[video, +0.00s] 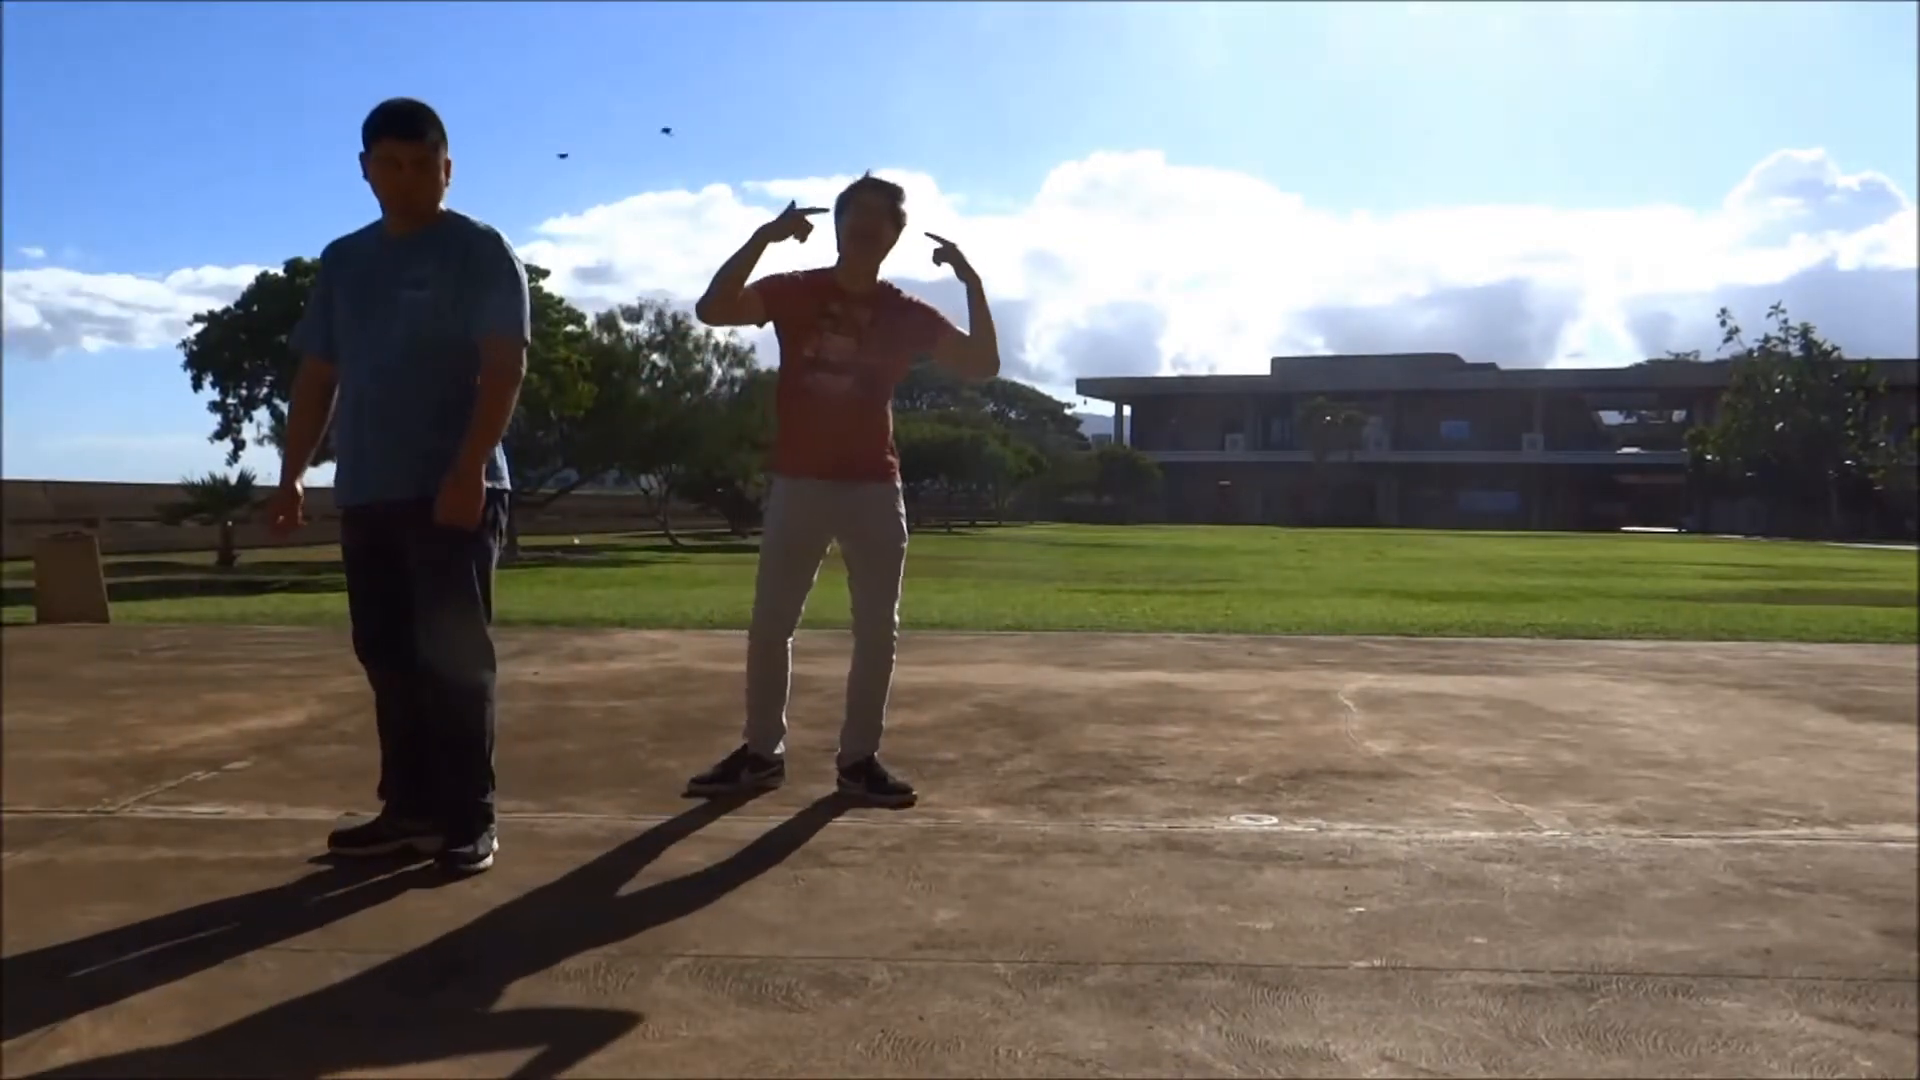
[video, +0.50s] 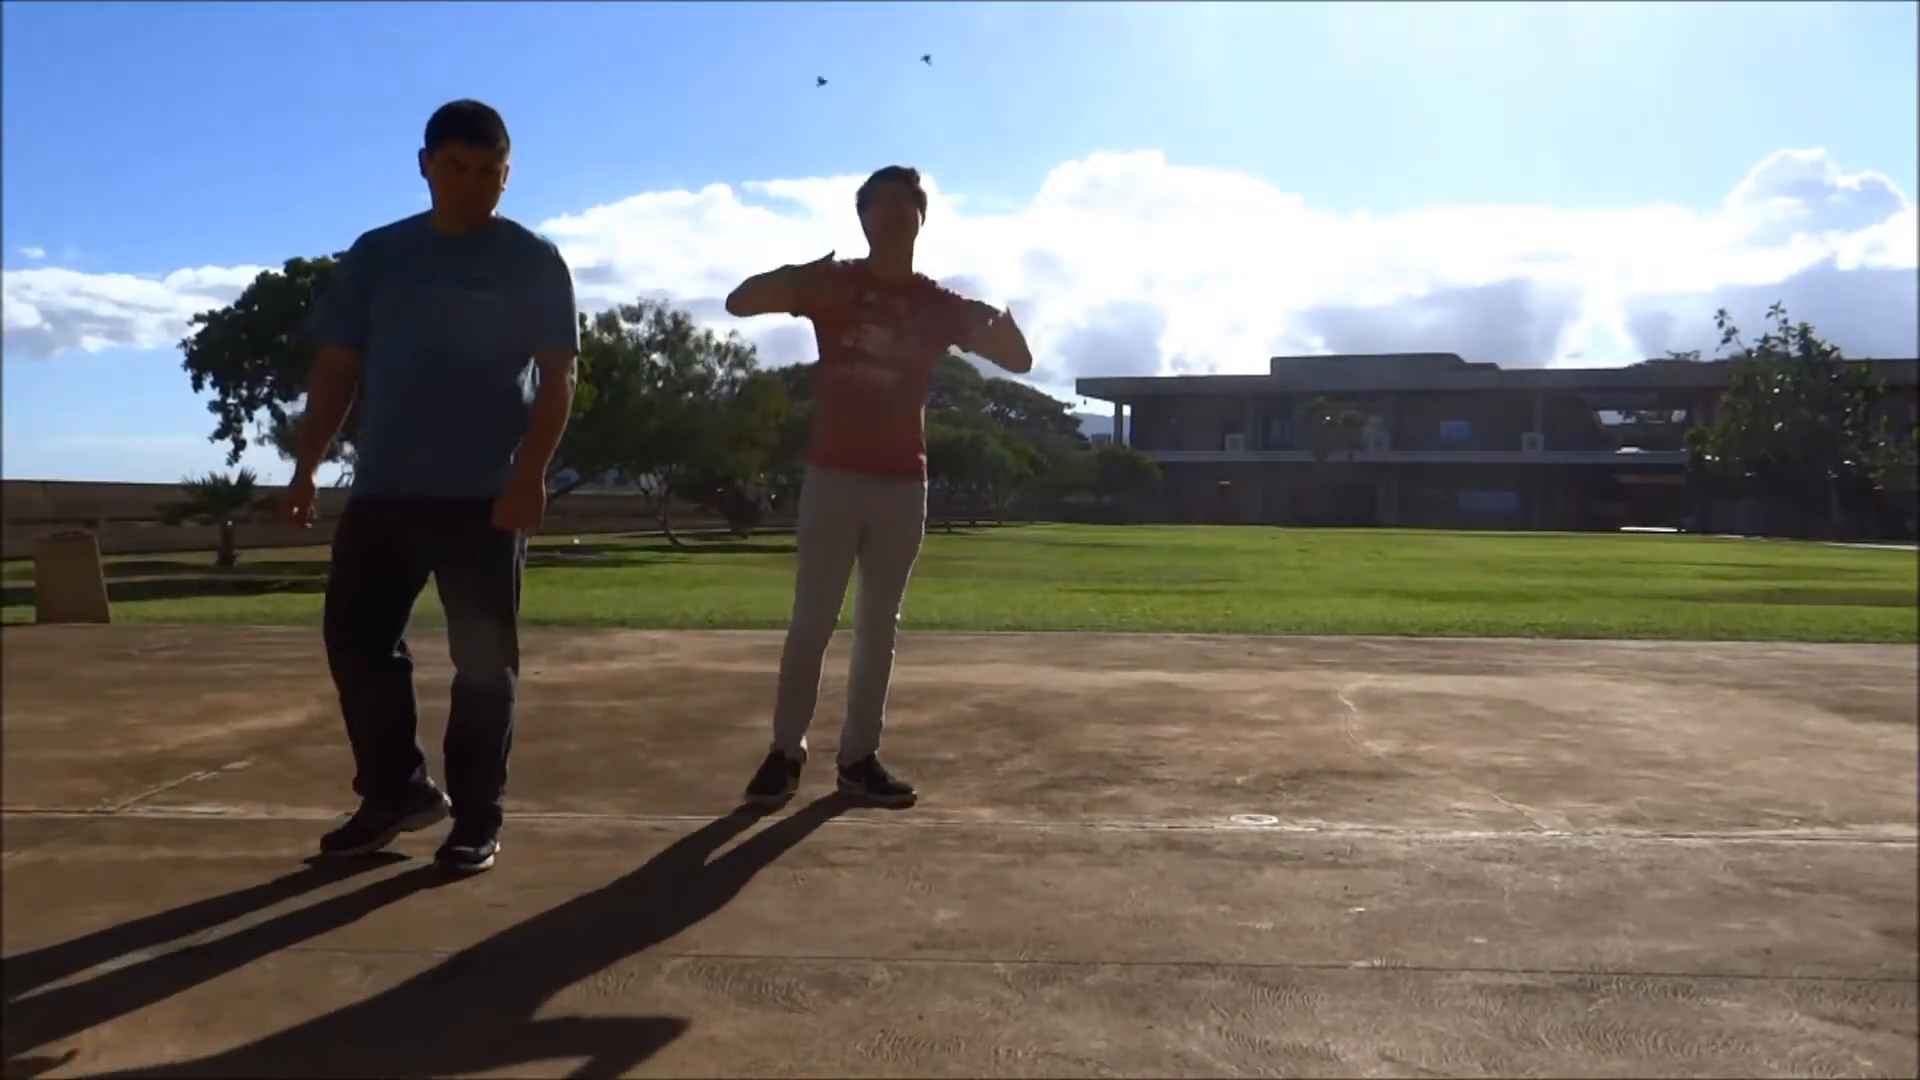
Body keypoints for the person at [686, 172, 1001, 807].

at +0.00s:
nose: (872, 226)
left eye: (885, 218)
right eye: (862, 213)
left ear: (898, 233)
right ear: (838, 222)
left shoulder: (904, 313)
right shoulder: (795, 290)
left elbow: (984, 361)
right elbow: (713, 308)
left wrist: (971, 282)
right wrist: (764, 237)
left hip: (874, 492)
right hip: (799, 487)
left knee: (877, 633)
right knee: (770, 624)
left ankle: (859, 761)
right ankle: (762, 753)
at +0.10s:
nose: (877, 221)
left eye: (889, 211)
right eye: (865, 210)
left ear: (904, 225)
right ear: (844, 221)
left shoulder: (915, 310)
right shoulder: (805, 286)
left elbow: (996, 355)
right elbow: (720, 299)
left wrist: (980, 278)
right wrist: (768, 233)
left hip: (881, 487)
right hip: (807, 480)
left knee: (877, 630)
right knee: (774, 619)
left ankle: (859, 761)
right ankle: (759, 751)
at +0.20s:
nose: (883, 216)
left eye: (895, 206)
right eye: (871, 205)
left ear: (911, 219)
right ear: (851, 217)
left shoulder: (926, 306)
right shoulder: (814, 282)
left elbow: (1007, 352)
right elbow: (728, 291)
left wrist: (993, 281)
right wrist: (772, 231)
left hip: (887, 484)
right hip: (814, 477)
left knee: (875, 629)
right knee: (778, 616)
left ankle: (859, 760)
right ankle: (758, 745)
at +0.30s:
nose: (884, 215)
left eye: (896, 206)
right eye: (873, 206)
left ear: (915, 218)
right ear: (855, 218)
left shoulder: (932, 304)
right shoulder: (822, 281)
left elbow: (1015, 349)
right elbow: (735, 289)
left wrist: (1002, 286)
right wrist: (771, 238)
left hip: (891, 483)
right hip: (818, 475)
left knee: (876, 626)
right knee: (785, 614)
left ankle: (859, 761)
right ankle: (760, 745)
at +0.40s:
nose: (891, 218)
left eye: (902, 208)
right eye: (879, 208)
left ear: (920, 218)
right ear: (860, 218)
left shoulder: (937, 303)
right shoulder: (824, 280)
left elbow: (1018, 349)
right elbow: (739, 292)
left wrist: (1014, 297)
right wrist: (773, 249)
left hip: (897, 484)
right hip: (826, 476)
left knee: (877, 628)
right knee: (797, 618)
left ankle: (859, 761)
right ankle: (766, 749)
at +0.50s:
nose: (897, 217)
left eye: (907, 207)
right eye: (885, 207)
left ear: (922, 217)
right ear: (863, 218)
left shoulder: (939, 303)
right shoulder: (832, 285)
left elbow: (1018, 360)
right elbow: (740, 302)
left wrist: (1001, 321)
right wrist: (807, 275)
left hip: (901, 484)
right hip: (831, 477)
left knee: (879, 629)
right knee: (810, 623)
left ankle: (859, 761)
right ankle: (786, 754)